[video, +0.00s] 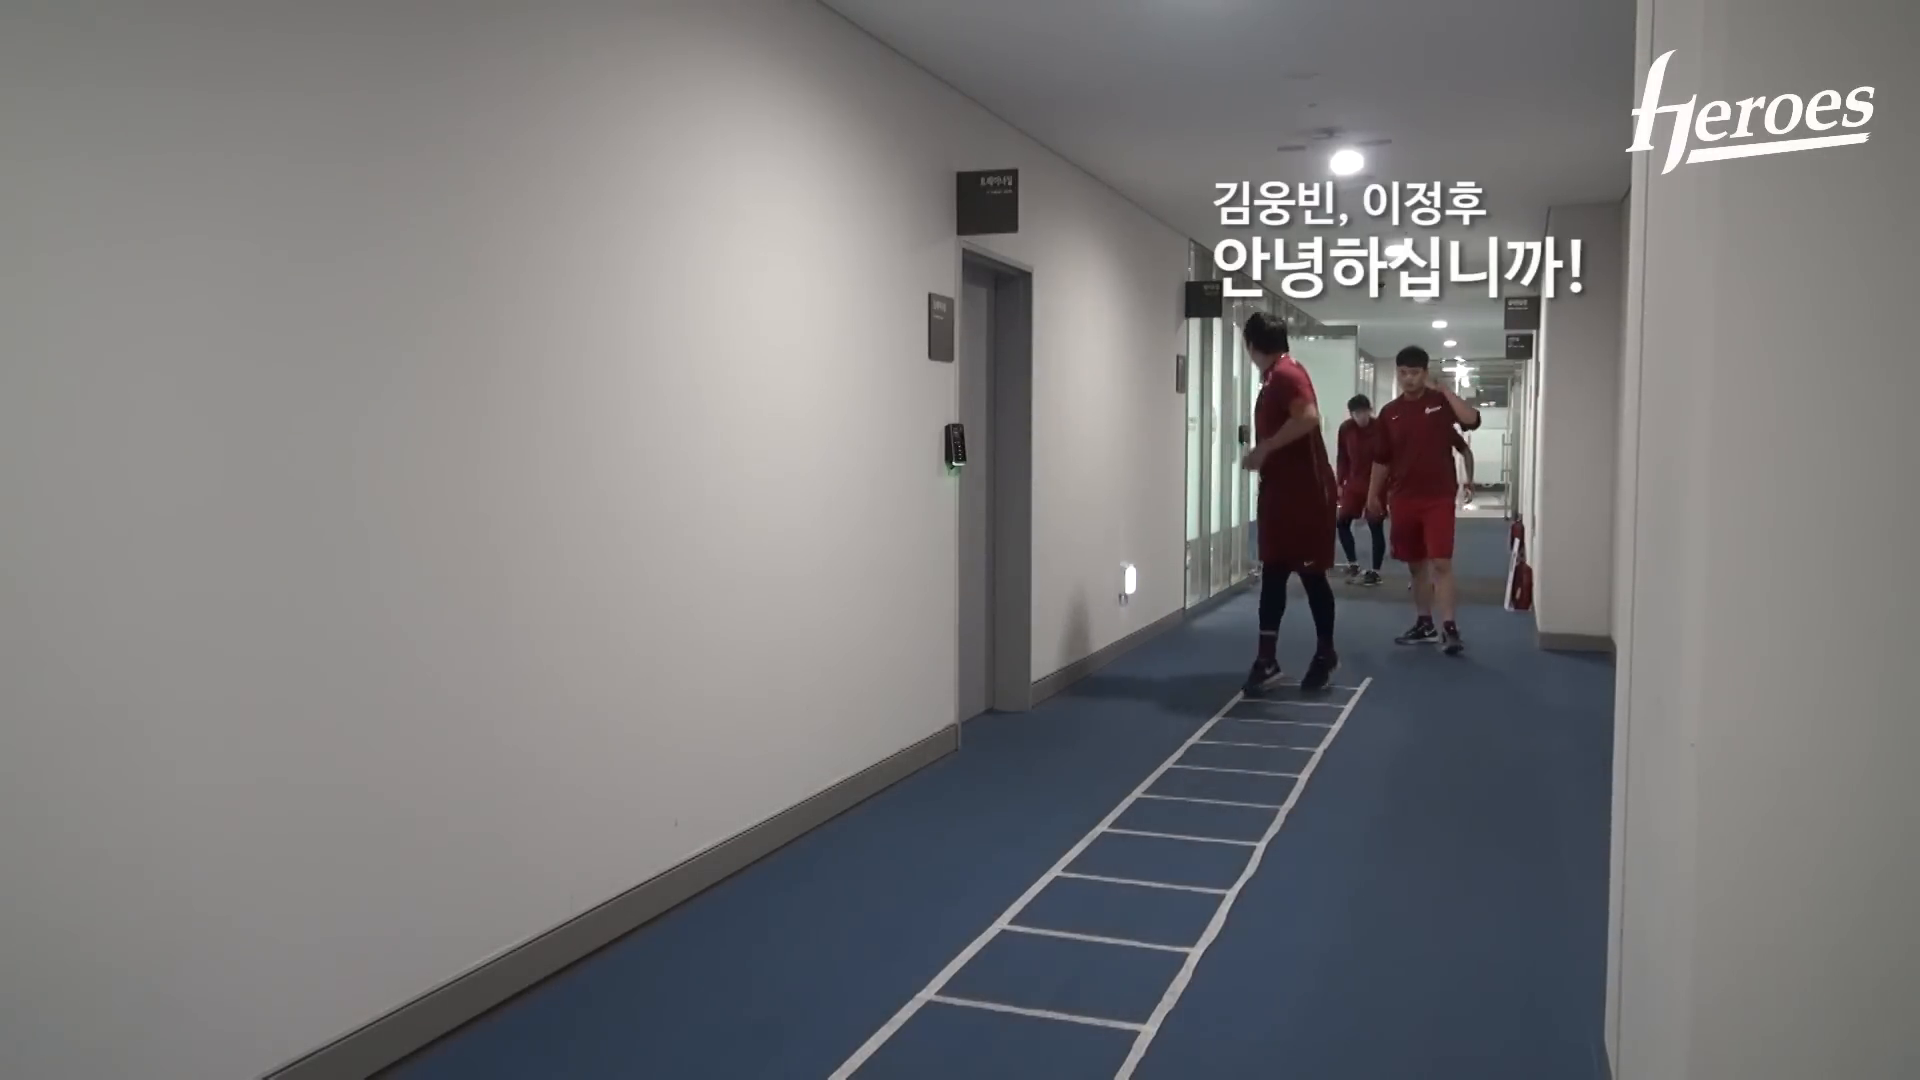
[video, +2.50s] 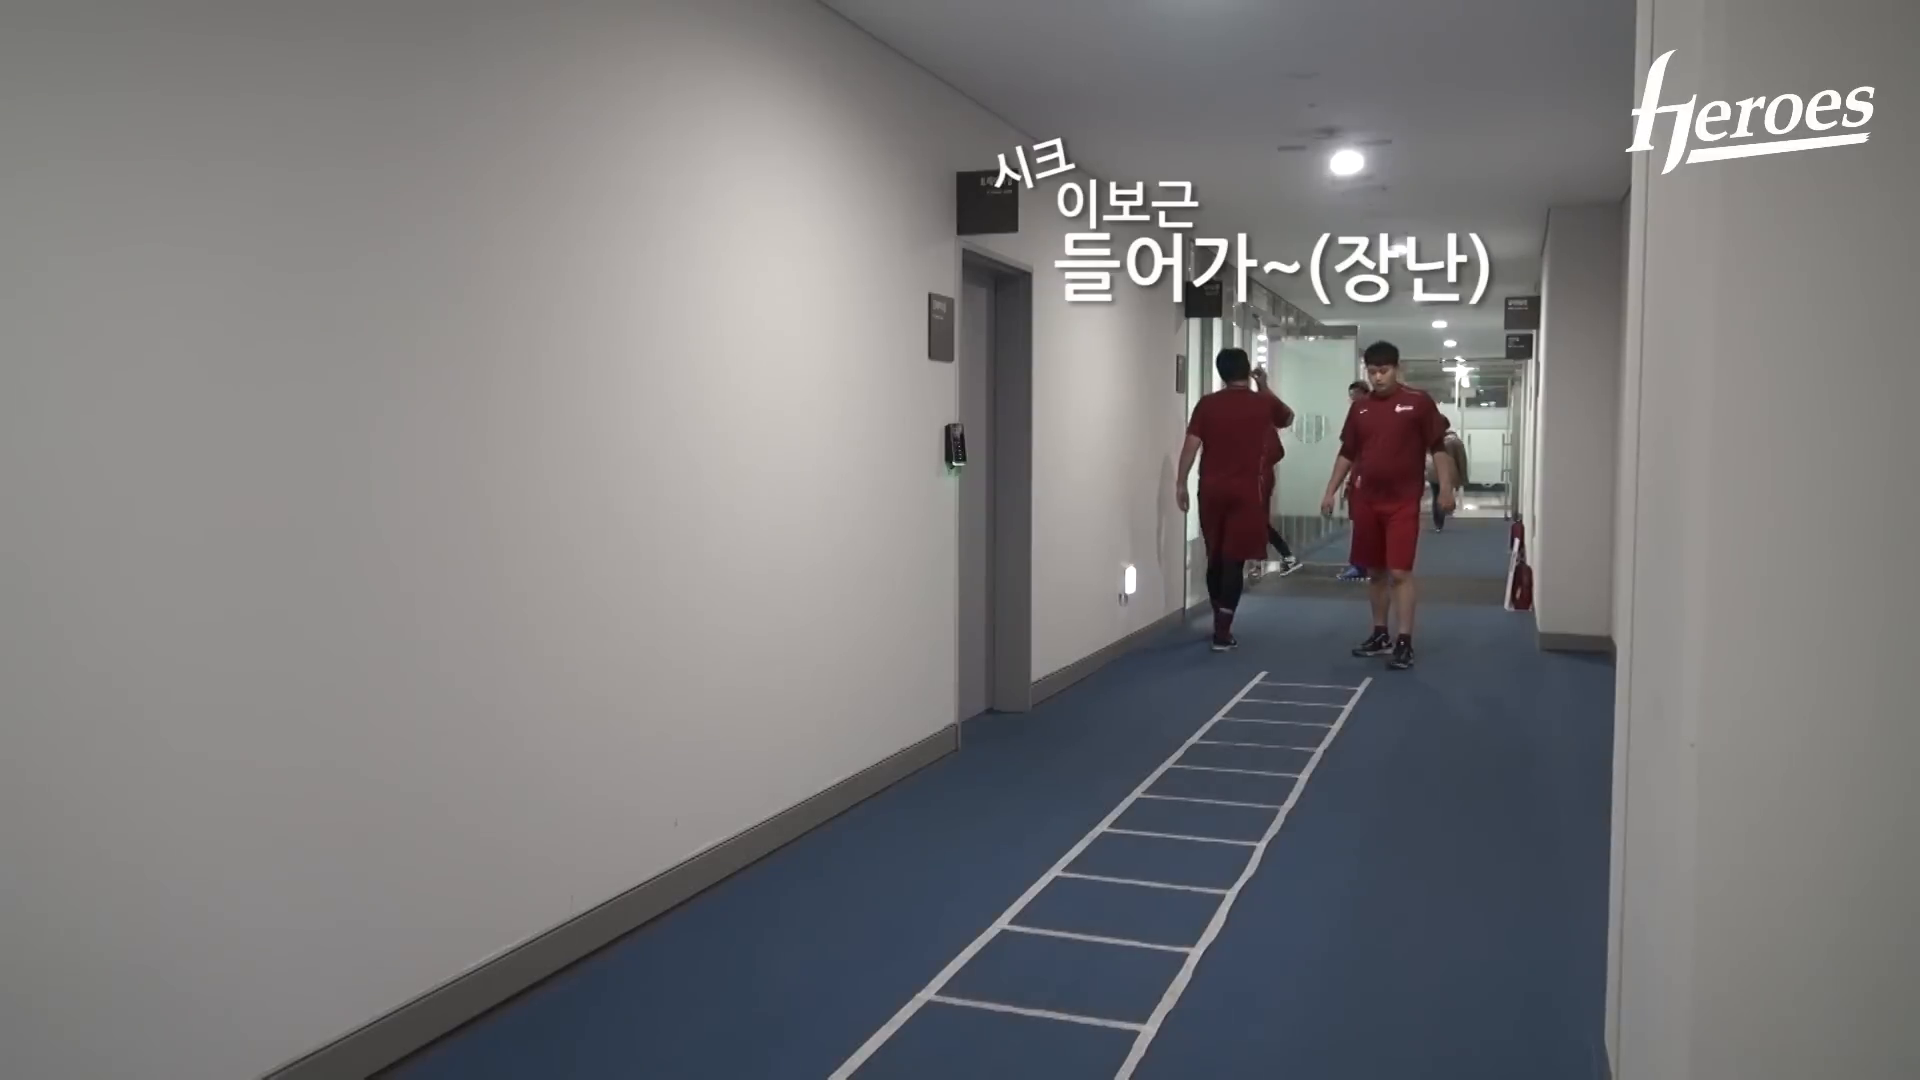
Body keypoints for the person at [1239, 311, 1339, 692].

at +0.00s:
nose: (1247, 353)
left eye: (1247, 346)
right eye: (1248, 346)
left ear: (1254, 346)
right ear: (1280, 341)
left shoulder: (1286, 373)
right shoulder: (1281, 375)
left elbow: (1308, 416)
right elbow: (1302, 428)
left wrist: (1265, 448)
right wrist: (1262, 455)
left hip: (1301, 495)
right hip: (1282, 495)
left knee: (1312, 573)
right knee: (1273, 573)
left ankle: (1326, 652)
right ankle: (1266, 658)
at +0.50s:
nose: (1258, 362)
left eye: (1258, 356)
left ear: (1261, 358)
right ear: (1291, 358)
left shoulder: (1273, 391)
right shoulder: (1306, 392)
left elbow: (1284, 440)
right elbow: (1325, 443)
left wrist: (1257, 473)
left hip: (1296, 493)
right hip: (1320, 491)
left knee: (1301, 575)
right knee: (1297, 573)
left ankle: (1340, 658)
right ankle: (1293, 652)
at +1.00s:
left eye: (1231, 362)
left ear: (1231, 363)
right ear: (1261, 361)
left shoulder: (1229, 398)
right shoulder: (1285, 397)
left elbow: (1226, 442)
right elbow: (1306, 450)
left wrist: (1216, 489)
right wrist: (1286, 475)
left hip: (1245, 498)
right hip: (1284, 498)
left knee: (1217, 571)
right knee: (1287, 573)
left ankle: (1198, 648)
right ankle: (1293, 653)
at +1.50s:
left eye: (1186, 365)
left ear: (1189, 366)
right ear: (1219, 364)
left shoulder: (1179, 398)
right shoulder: (1241, 394)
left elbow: (1162, 447)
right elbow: (1270, 409)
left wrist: (1161, 484)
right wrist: (1253, 374)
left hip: (1194, 493)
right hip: (1233, 492)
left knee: (1193, 569)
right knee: (1230, 559)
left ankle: (1188, 647)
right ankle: (1233, 630)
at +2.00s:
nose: (1235, 368)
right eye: (1236, 363)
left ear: (1207, 366)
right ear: (1238, 367)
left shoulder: (1190, 397)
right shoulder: (1247, 399)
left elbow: (1173, 442)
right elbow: (1278, 408)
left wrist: (1164, 481)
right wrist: (1255, 380)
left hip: (1194, 486)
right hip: (1232, 488)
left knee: (1186, 560)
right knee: (1226, 564)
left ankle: (1186, 625)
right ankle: (1223, 634)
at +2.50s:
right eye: (1246, 369)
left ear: (1220, 374)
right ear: (1249, 373)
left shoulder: (1208, 403)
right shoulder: (1263, 403)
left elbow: (1191, 444)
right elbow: (1287, 417)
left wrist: (1181, 484)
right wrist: (1265, 389)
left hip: (1211, 488)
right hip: (1246, 490)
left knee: (1215, 556)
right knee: (1234, 560)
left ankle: (1220, 622)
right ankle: (1222, 633)